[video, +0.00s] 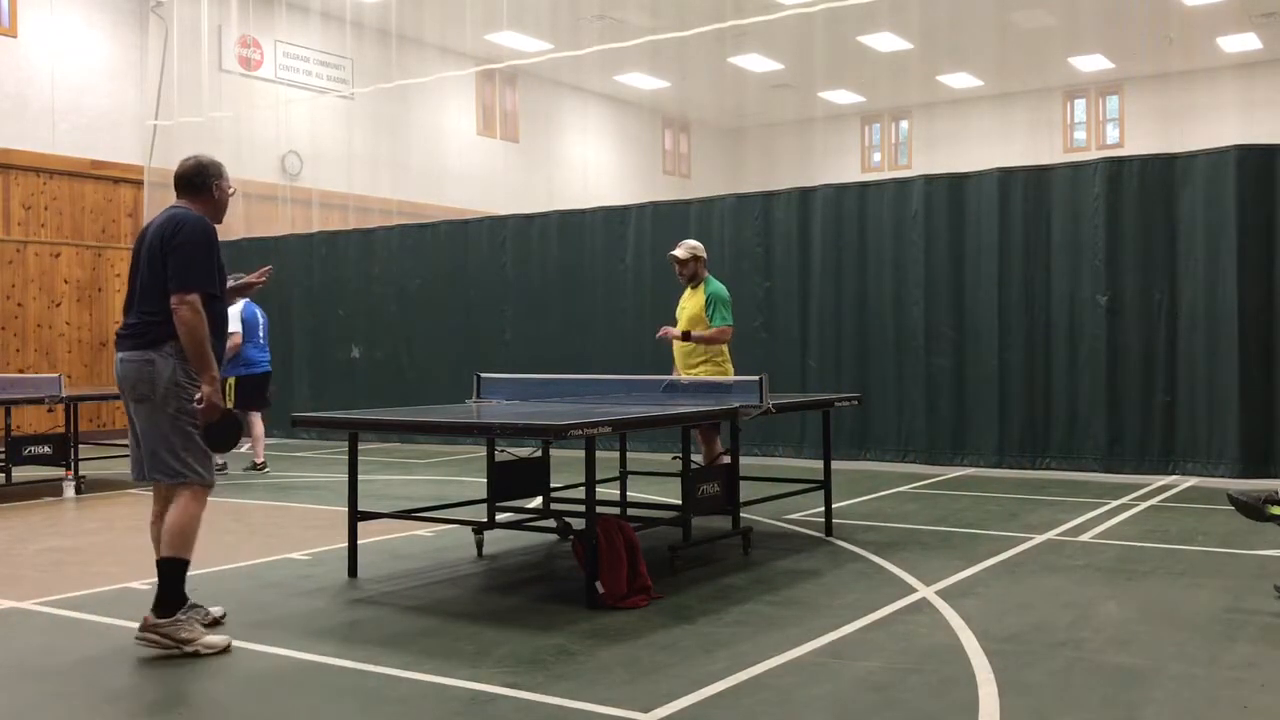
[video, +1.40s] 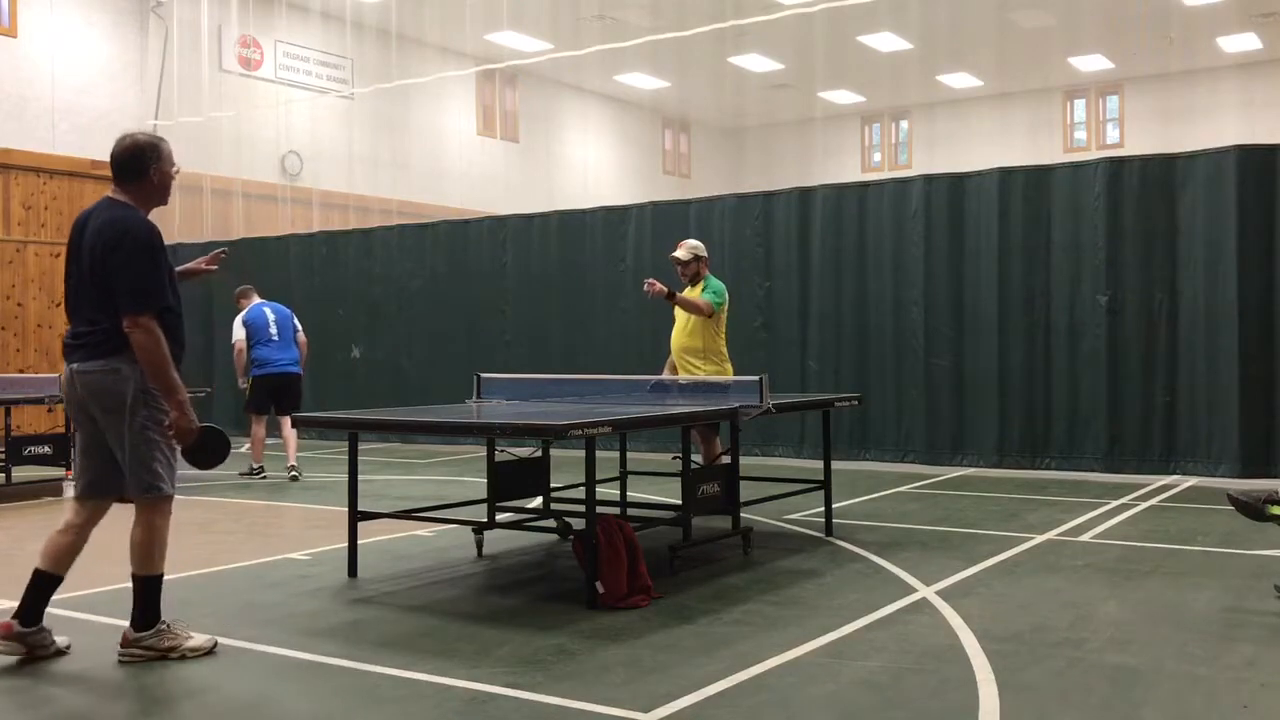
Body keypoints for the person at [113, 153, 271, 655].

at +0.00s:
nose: (229, 195)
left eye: (227, 188)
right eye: (227, 188)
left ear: (180, 188)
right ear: (215, 188)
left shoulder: (158, 226)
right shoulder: (194, 226)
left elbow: (177, 295)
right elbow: (184, 306)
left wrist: (234, 289)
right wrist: (209, 377)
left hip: (137, 362)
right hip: (165, 363)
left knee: (168, 488)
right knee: (194, 484)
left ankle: (174, 602)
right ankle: (166, 613)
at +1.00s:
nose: (217, 181)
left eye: (215, 173)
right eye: (214, 174)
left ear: (163, 174)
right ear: (199, 179)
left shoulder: (122, 216)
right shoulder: (176, 232)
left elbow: (140, 285)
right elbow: (169, 324)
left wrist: (202, 271)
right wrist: (188, 407)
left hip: (104, 369)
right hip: (144, 373)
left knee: (137, 494)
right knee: (156, 500)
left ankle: (118, 611)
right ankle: (147, 628)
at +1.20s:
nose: (200, 179)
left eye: (199, 170)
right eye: (197, 171)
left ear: (146, 172)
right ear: (178, 176)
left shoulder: (110, 217)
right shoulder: (160, 230)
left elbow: (135, 280)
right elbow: (156, 325)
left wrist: (199, 270)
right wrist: (187, 407)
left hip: (96, 369)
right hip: (137, 373)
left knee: (118, 497)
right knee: (156, 500)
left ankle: (49, 602)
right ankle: (146, 628)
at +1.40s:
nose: (175, 176)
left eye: (173, 168)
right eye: (171, 169)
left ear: (123, 174)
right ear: (153, 175)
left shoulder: (89, 221)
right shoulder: (135, 229)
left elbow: (118, 285)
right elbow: (139, 323)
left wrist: (184, 270)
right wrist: (180, 401)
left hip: (83, 373)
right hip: (126, 374)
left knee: (89, 503)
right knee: (155, 500)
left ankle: (25, 621)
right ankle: (145, 628)